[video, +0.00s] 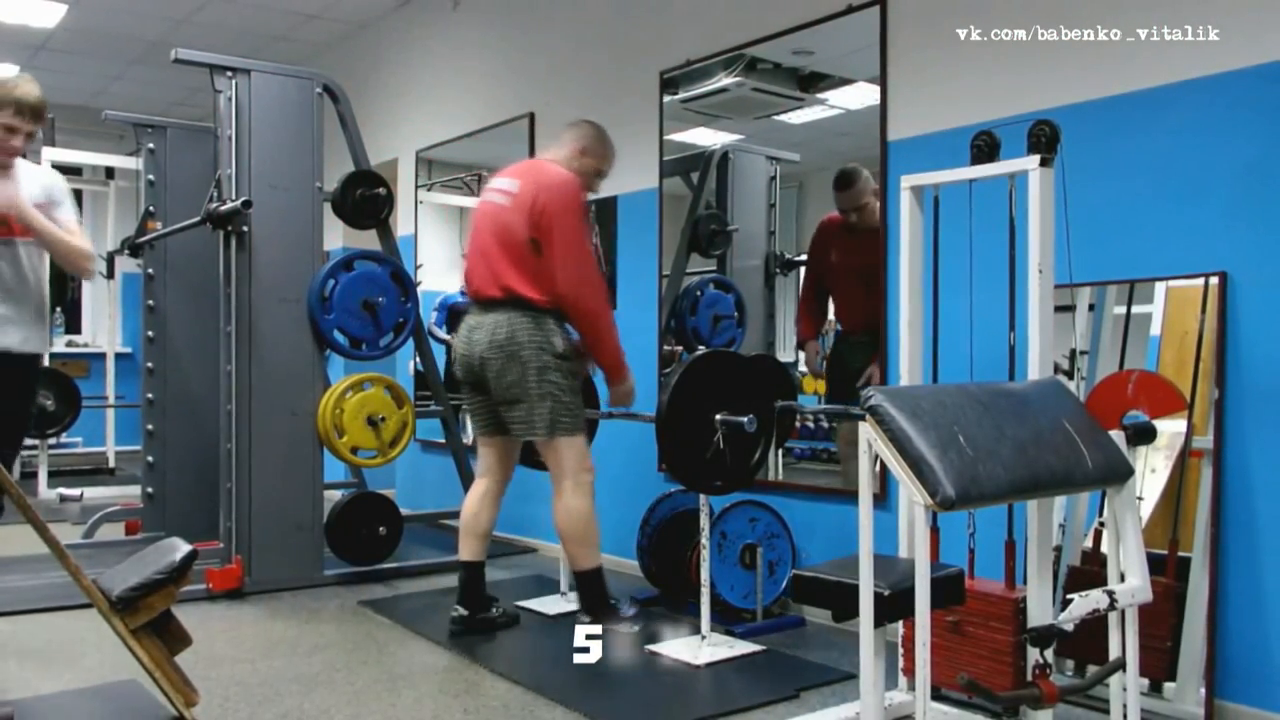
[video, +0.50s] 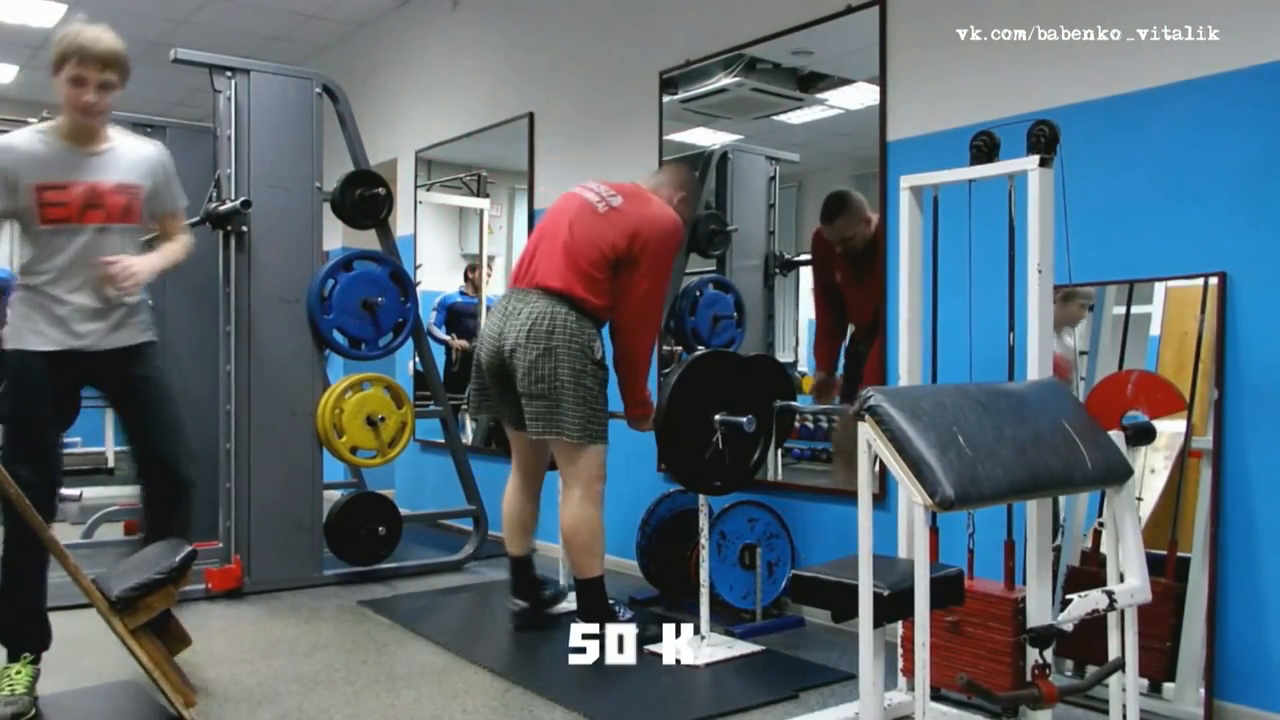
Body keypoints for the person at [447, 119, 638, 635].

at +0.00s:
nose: (591, 188)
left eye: (596, 182)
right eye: (594, 178)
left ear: (563, 145)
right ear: (583, 156)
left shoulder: (506, 177)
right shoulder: (559, 185)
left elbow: (499, 272)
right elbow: (579, 284)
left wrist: (561, 341)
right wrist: (616, 368)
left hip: (475, 328)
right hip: (526, 331)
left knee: (491, 472)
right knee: (572, 473)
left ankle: (471, 604)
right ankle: (598, 609)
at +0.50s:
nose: (683, 221)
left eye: (687, 216)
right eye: (687, 215)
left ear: (653, 182)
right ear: (678, 199)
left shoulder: (592, 192)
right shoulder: (662, 221)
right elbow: (635, 323)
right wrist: (639, 406)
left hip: (504, 320)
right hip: (558, 332)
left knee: (526, 465)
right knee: (581, 479)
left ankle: (524, 593)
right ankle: (596, 616)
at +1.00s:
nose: (671, 243)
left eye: (676, 239)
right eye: (675, 236)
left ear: (644, 201)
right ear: (666, 215)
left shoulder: (585, 213)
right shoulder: (649, 225)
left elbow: (553, 308)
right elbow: (623, 318)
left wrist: (585, 396)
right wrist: (636, 408)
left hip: (497, 322)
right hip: (547, 327)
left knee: (526, 473)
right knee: (584, 473)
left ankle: (532, 601)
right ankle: (590, 613)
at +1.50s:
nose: (671, 230)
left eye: (674, 225)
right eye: (674, 224)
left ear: (633, 196)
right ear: (664, 207)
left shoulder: (582, 212)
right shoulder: (653, 225)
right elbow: (628, 315)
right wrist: (636, 404)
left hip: (504, 324)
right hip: (556, 329)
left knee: (531, 471)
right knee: (588, 474)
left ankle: (529, 598)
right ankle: (587, 615)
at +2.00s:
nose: (648, 193)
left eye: (649, 186)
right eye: (648, 184)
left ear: (602, 168)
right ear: (634, 171)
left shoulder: (557, 201)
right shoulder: (631, 209)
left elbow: (511, 282)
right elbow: (623, 307)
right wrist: (637, 390)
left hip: (502, 327)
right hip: (558, 332)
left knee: (532, 470)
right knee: (598, 475)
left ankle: (532, 598)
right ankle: (588, 612)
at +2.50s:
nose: (583, 130)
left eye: (581, 121)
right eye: (580, 121)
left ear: (530, 122)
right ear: (563, 119)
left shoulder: (499, 175)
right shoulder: (580, 173)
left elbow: (482, 268)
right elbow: (591, 271)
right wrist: (610, 342)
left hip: (489, 336)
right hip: (552, 336)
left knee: (504, 466)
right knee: (585, 475)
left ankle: (449, 595)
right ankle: (586, 619)